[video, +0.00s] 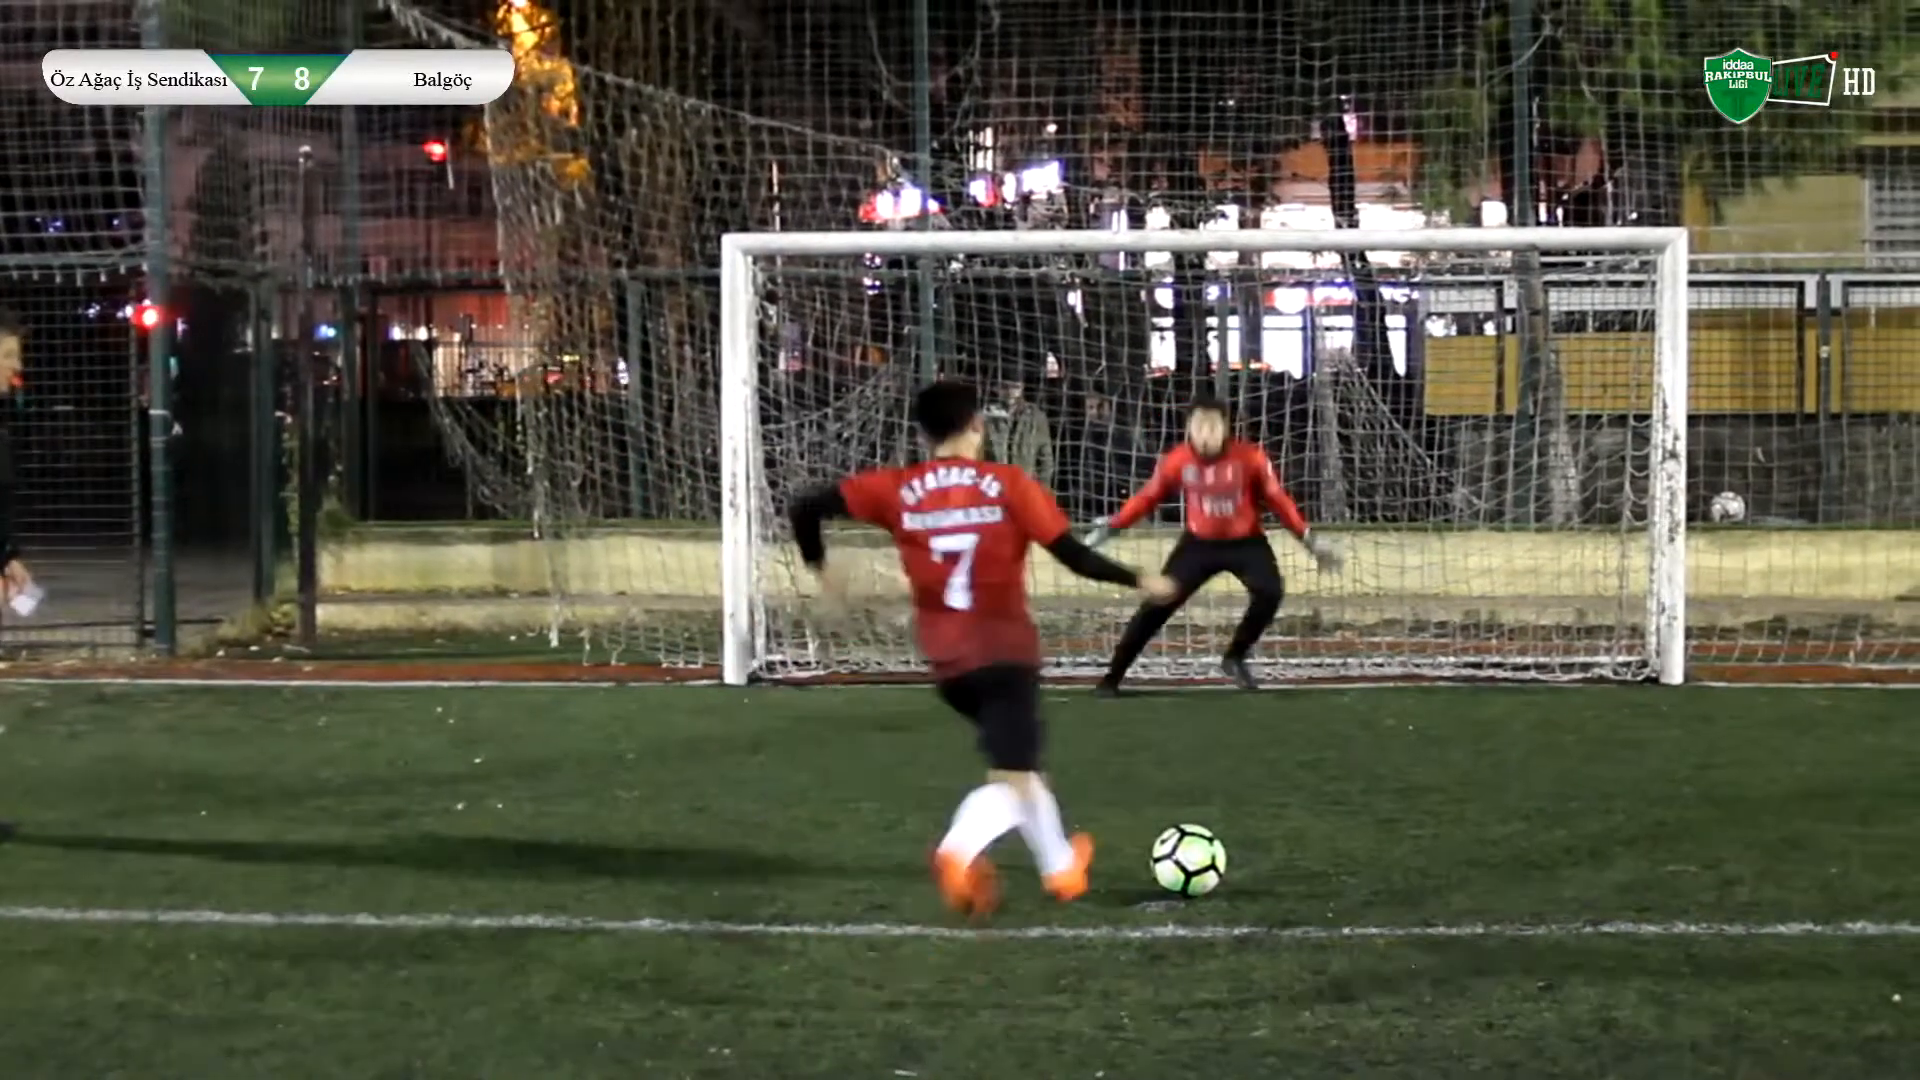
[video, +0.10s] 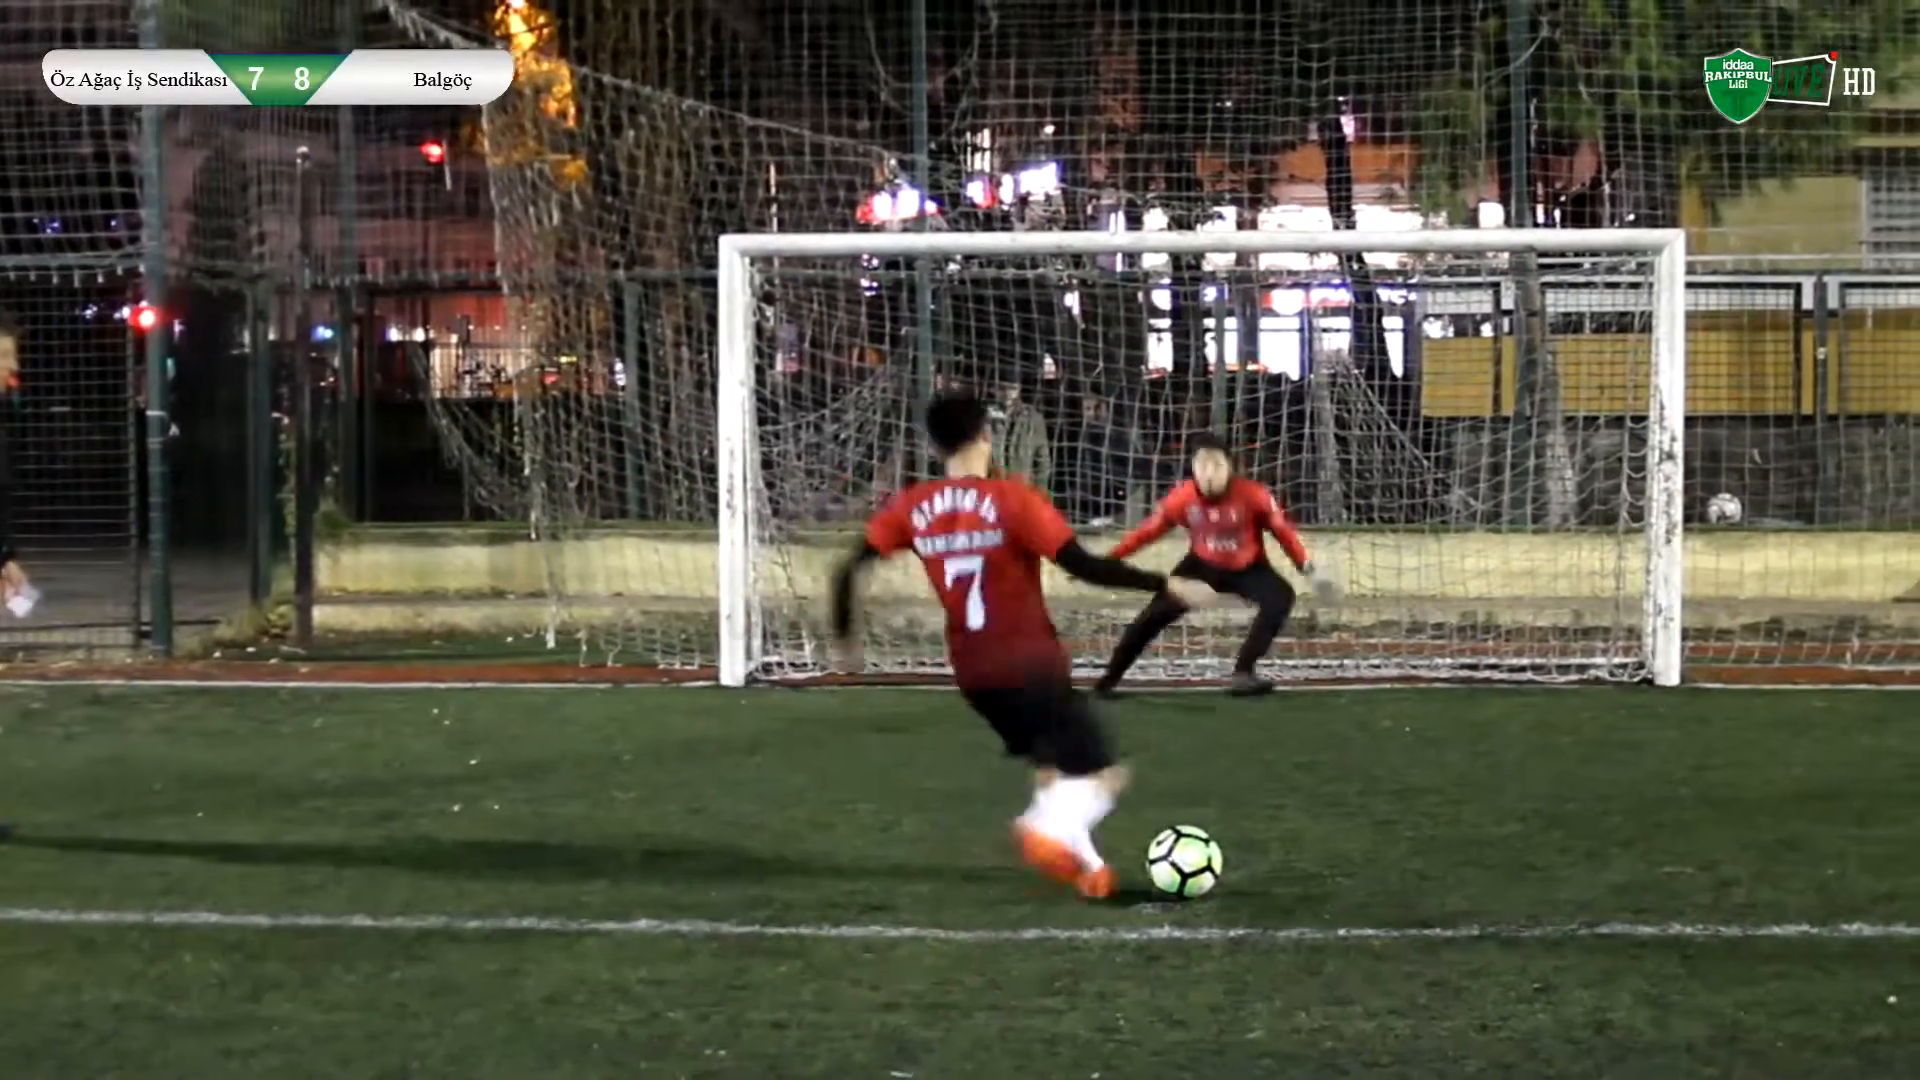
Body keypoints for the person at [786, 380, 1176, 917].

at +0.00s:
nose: (985, 429)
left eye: (981, 421)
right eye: (981, 421)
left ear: (926, 433)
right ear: (974, 426)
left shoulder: (899, 487)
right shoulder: (1009, 484)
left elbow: (806, 506)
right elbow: (1075, 555)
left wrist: (818, 565)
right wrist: (1138, 581)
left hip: (948, 664)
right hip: (1006, 657)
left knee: (1021, 764)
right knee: (1015, 784)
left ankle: (1060, 863)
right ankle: (958, 849)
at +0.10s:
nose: (991, 437)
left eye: (985, 430)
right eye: (988, 430)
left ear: (936, 444)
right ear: (983, 435)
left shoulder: (915, 504)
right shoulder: (1012, 496)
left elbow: (847, 571)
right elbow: (1083, 565)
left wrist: (844, 640)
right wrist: (1163, 584)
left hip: (975, 670)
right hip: (1032, 661)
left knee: (1050, 763)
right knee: (1108, 769)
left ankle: (1087, 858)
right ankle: (1047, 822)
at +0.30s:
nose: (1007, 450)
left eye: (1003, 442)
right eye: (1006, 442)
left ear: (954, 447)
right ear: (1002, 447)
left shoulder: (927, 507)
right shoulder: (1011, 512)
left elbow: (900, 585)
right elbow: (1042, 591)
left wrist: (921, 628)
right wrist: (1084, 651)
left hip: (956, 658)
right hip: (1013, 652)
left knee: (1039, 742)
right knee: (1072, 668)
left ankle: (1075, 866)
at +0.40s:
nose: (992, 411)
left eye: (986, 403)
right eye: (990, 403)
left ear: (934, 408)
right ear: (984, 408)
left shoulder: (904, 465)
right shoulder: (995, 480)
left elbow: (869, 529)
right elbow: (1008, 568)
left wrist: (923, 535)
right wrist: (1037, 644)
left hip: (942, 633)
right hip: (996, 627)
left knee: (999, 737)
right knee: (1040, 686)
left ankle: (1052, 851)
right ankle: (1042, 803)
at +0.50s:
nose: (969, 399)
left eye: (962, 390)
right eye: (968, 390)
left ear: (911, 397)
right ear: (961, 395)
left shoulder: (882, 458)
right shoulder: (985, 463)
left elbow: (848, 539)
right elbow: (1002, 549)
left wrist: (875, 502)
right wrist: (1041, 617)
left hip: (924, 619)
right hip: (982, 617)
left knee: (961, 730)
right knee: (1003, 714)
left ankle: (1013, 829)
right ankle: (1011, 837)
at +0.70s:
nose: (908, 399)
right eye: (906, 391)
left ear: (855, 400)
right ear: (903, 397)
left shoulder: (841, 467)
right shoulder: (945, 447)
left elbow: (833, 551)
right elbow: (999, 504)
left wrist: (798, 609)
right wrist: (1046, 538)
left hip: (890, 622)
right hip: (954, 617)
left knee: (864, 720)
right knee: (979, 725)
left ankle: (871, 838)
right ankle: (1013, 845)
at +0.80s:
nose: (840, 400)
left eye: (813, 399)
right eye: (842, 390)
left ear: (802, 403)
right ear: (846, 394)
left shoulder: (798, 467)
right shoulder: (892, 446)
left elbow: (808, 545)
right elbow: (945, 507)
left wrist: (780, 608)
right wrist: (964, 533)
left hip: (842, 621)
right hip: (903, 613)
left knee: (826, 720)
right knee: (941, 718)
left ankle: (838, 844)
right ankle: (990, 821)